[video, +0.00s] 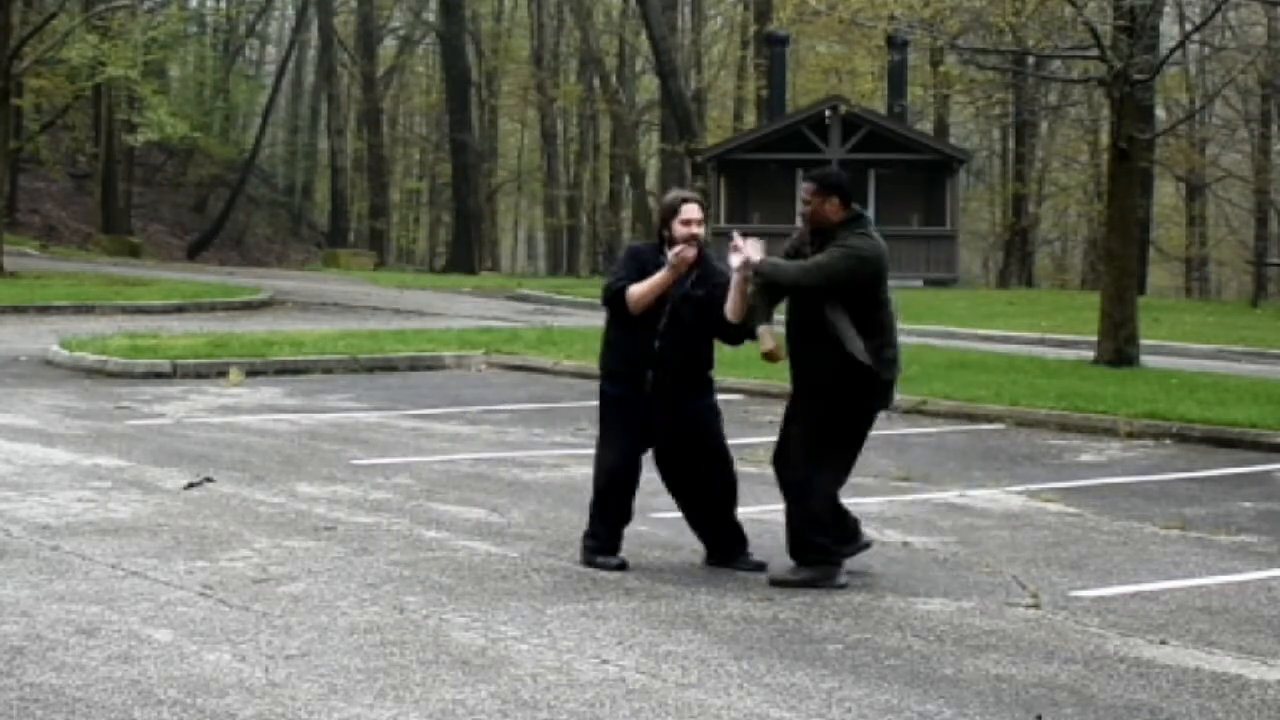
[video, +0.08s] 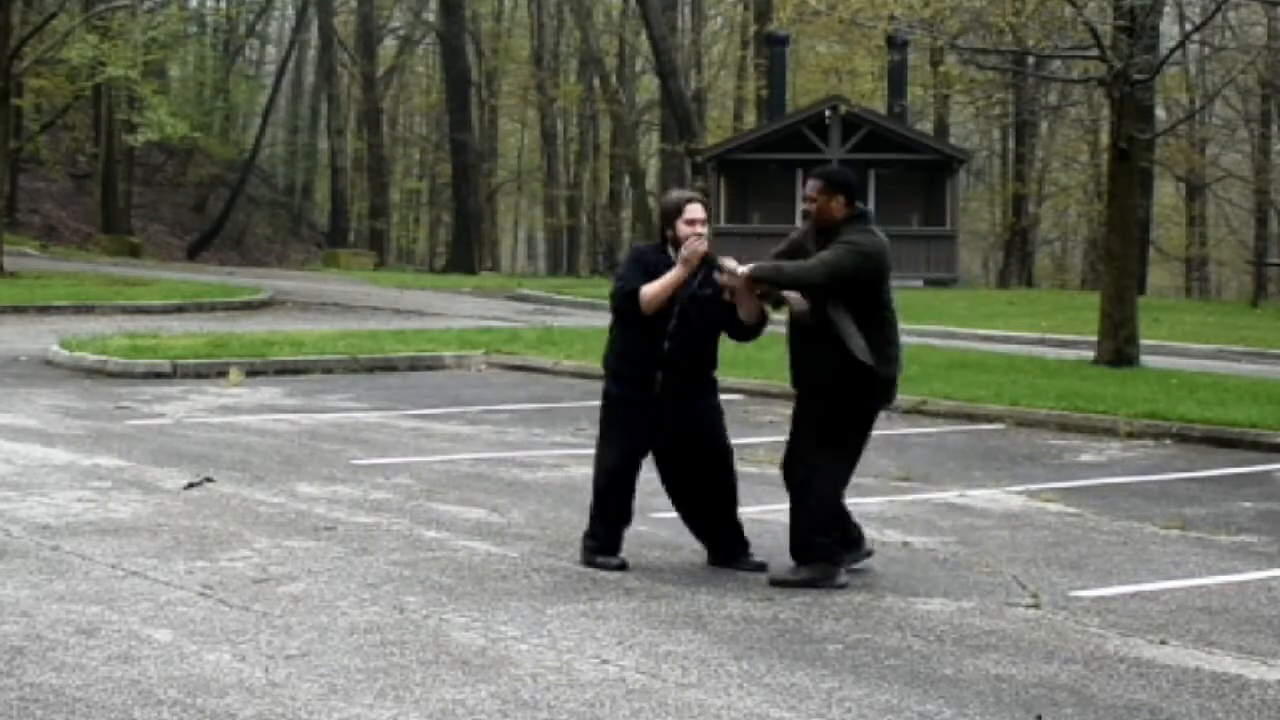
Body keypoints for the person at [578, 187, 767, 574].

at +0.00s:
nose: (694, 230)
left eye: (699, 223)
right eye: (686, 223)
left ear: (706, 228)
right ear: (666, 227)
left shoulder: (711, 273)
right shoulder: (639, 258)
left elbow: (732, 331)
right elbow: (621, 306)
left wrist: (740, 277)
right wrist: (670, 271)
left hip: (686, 391)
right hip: (630, 389)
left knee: (710, 470)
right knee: (616, 470)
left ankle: (725, 549)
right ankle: (600, 547)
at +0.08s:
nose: (698, 231)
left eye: (704, 223)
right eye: (690, 223)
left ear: (710, 228)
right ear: (670, 227)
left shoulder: (716, 274)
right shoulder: (643, 260)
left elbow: (747, 331)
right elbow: (628, 307)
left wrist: (744, 292)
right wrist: (682, 270)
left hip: (691, 391)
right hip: (634, 389)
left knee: (711, 470)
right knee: (615, 470)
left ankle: (727, 550)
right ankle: (600, 548)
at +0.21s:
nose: (704, 223)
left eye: (707, 215)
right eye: (695, 216)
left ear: (712, 219)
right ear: (672, 221)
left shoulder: (720, 262)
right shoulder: (654, 258)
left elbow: (762, 299)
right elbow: (698, 281)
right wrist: (739, 241)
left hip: (702, 387)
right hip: (647, 386)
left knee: (719, 469)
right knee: (623, 468)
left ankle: (729, 549)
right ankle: (602, 546)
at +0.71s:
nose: (725, 218)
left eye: (723, 210)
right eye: (717, 212)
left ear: (685, 218)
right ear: (695, 218)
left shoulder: (666, 255)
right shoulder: (699, 257)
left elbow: (737, 299)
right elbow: (749, 292)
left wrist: (801, 300)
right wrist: (780, 277)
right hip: (686, 384)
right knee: (681, 464)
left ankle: (728, 549)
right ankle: (649, 559)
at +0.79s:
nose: (728, 226)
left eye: (727, 218)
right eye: (722, 219)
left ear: (690, 225)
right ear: (701, 224)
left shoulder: (665, 262)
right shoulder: (702, 264)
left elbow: (732, 306)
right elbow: (744, 305)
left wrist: (799, 311)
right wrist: (782, 283)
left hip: (650, 382)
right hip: (683, 389)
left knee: (671, 467)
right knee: (689, 467)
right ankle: (659, 565)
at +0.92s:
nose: (726, 229)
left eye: (725, 221)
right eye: (721, 222)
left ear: (684, 226)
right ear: (700, 227)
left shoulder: (659, 262)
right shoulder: (695, 268)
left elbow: (703, 307)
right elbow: (737, 318)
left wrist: (751, 308)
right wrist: (775, 291)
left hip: (643, 384)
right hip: (675, 392)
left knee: (703, 466)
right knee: (692, 469)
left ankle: (722, 548)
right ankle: (661, 566)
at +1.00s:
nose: (714, 227)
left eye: (713, 218)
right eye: (710, 219)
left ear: (673, 223)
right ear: (692, 225)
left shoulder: (647, 261)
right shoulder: (684, 263)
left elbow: (687, 306)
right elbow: (726, 315)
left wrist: (723, 283)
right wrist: (766, 283)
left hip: (643, 386)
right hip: (671, 392)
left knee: (703, 459)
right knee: (692, 466)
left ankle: (708, 545)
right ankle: (662, 564)